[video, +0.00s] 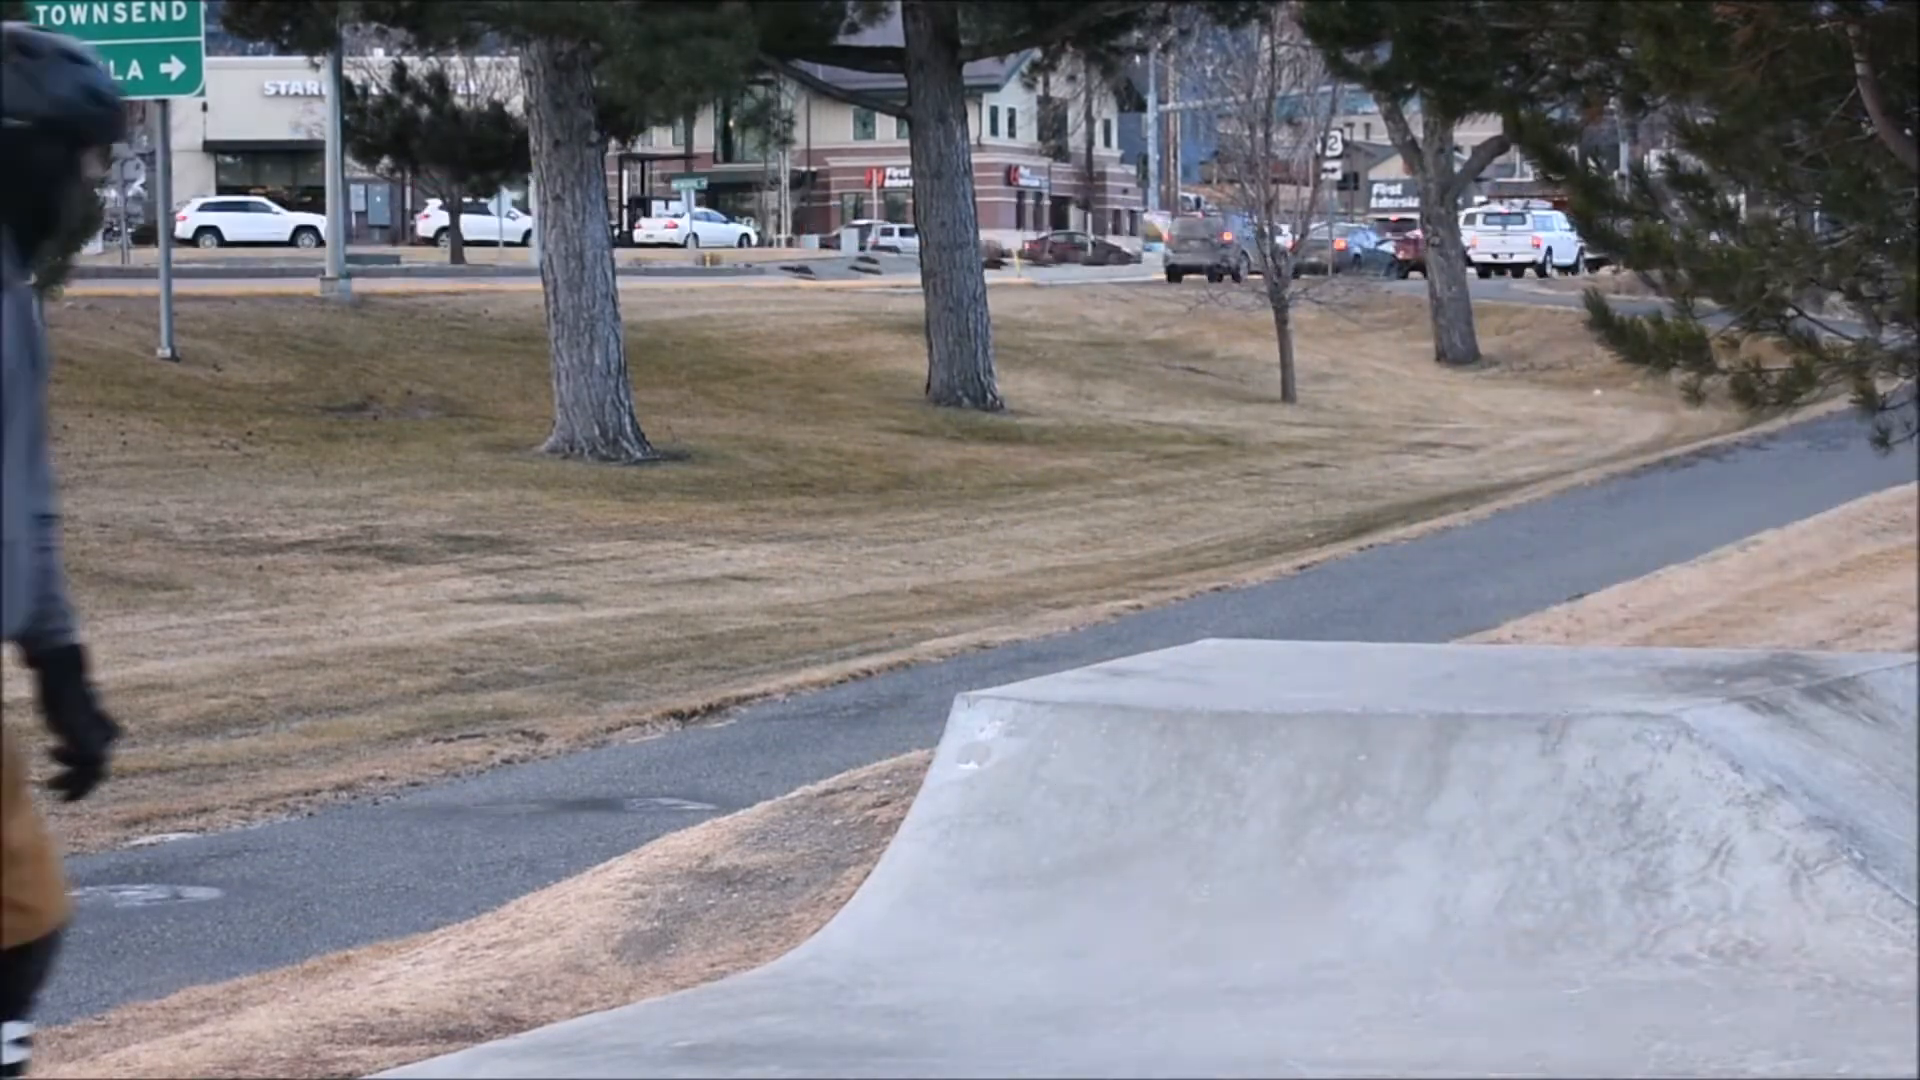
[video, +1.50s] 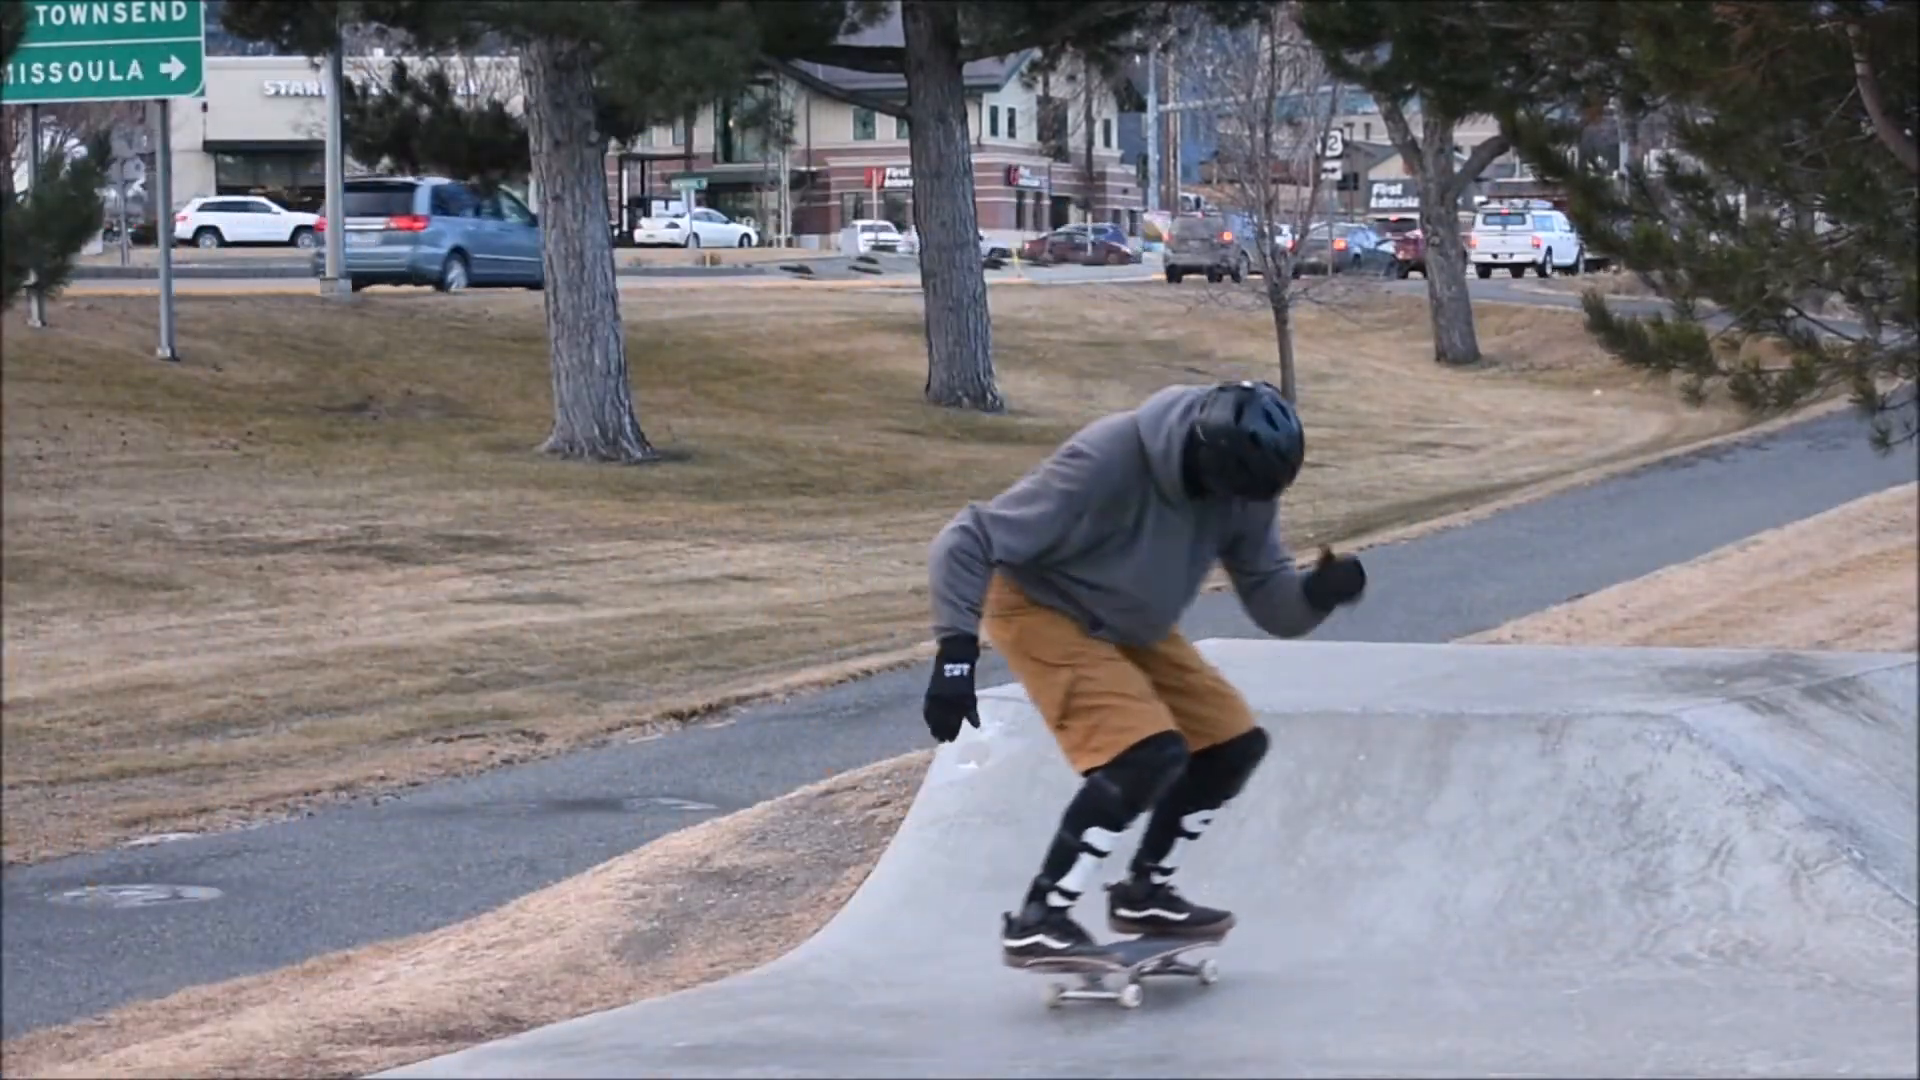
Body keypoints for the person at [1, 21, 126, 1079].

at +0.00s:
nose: (97, 185)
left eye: (99, 161)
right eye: (86, 159)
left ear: (38, 162)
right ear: (31, 159)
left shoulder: (18, 292)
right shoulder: (10, 295)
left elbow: (25, 497)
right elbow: (22, 498)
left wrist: (61, 668)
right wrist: (62, 668)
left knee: (29, 913)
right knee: (29, 915)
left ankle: (11, 1039)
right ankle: (6, 1042)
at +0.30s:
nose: (425, 217)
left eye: (431, 196)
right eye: (420, 191)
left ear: (372, 176)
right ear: (372, 175)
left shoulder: (341, 290)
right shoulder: (257, 278)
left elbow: (347, 498)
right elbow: (188, 489)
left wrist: (387, 647)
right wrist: (248, 660)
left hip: (268, 611)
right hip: (159, 603)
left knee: (344, 862)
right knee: (212, 890)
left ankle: (307, 1069)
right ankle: (128, 1069)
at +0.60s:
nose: (699, 247)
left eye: (706, 228)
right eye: (695, 224)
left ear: (653, 211)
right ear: (650, 209)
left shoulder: (615, 311)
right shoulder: (541, 301)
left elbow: (615, 495)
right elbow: (474, 491)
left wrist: (649, 630)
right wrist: (529, 646)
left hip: (545, 597)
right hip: (444, 588)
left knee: (614, 816)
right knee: (503, 844)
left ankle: (576, 1034)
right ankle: (407, 1057)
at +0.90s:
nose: (918, 273)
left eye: (926, 258)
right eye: (916, 253)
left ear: (888, 238)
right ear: (878, 233)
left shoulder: (841, 322)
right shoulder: (775, 309)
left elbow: (844, 486)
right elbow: (683, 476)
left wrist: (879, 604)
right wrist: (729, 618)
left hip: (772, 583)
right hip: (687, 580)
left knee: (842, 777)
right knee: (752, 805)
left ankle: (800, 980)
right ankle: (660, 1015)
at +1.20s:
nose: (1115, 370)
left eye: (1127, 360)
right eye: (1118, 353)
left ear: (1103, 332)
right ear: (1091, 323)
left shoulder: (1057, 387)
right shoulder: (972, 368)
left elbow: (1046, 515)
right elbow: (846, 489)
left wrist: (1095, 614)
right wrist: (870, 619)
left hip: (960, 595)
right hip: (880, 587)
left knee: (1045, 753)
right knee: (956, 772)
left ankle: (984, 931)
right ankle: (864, 960)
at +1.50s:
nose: (1247, 504)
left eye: (1256, 494)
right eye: (1242, 490)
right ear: (1212, 458)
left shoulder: (1246, 482)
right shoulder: (1110, 459)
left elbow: (1271, 603)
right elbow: (969, 537)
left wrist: (1317, 592)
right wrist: (955, 657)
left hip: (1129, 616)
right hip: (1035, 602)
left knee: (1230, 746)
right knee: (1145, 754)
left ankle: (1141, 893)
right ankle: (1037, 916)